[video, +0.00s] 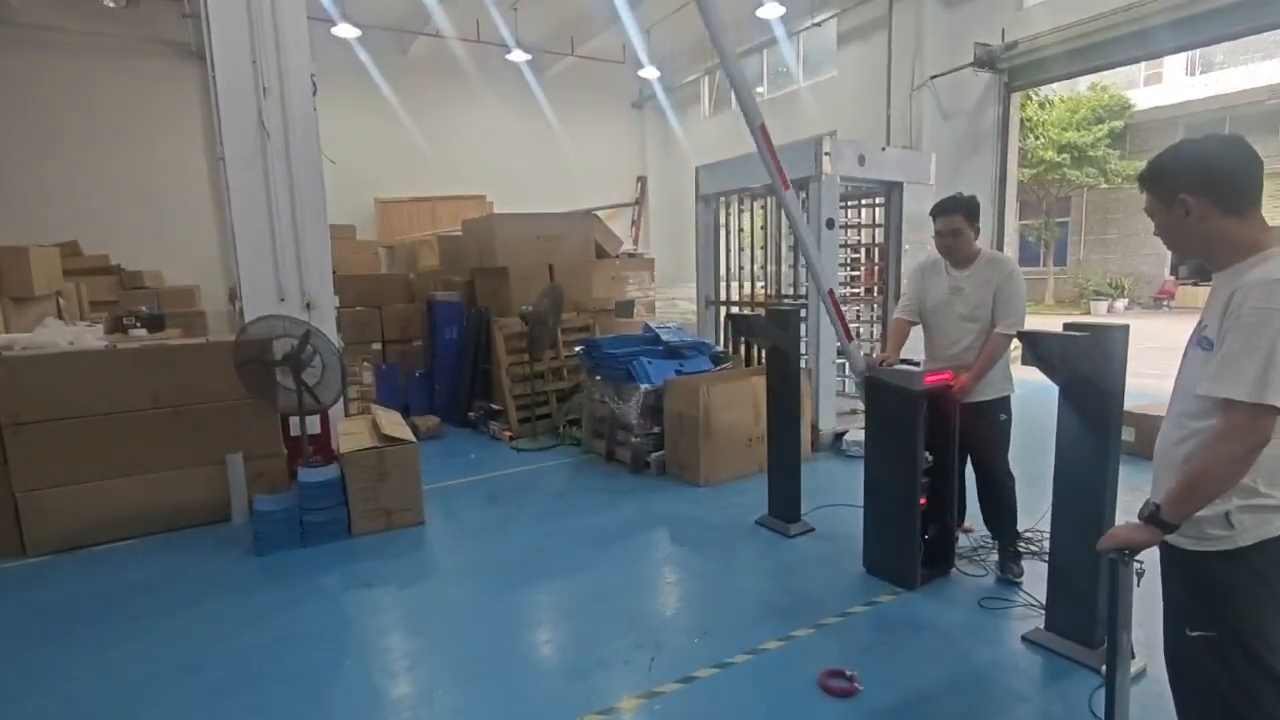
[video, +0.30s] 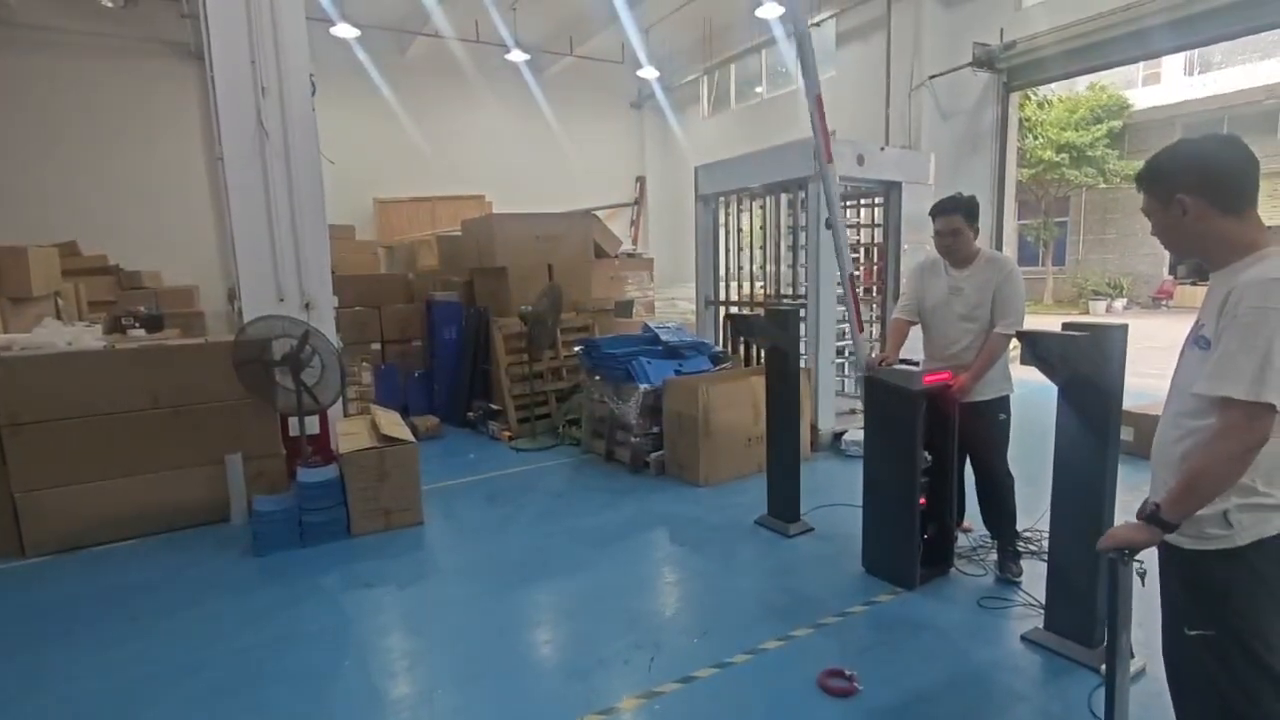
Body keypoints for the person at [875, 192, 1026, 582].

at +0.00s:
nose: (944, 243)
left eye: (953, 234)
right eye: (939, 235)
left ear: (975, 232)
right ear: (933, 234)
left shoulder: (1003, 270)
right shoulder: (925, 269)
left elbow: (1005, 330)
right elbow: (904, 315)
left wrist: (972, 375)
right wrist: (890, 353)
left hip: (988, 393)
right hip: (940, 393)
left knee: (994, 475)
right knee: (942, 476)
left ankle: (1008, 547)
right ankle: (939, 552)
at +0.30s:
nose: (944, 243)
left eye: (952, 234)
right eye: (938, 235)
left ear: (975, 232)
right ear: (932, 234)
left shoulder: (1003, 270)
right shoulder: (924, 269)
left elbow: (1004, 330)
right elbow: (903, 315)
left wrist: (972, 375)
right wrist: (889, 352)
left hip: (987, 393)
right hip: (938, 392)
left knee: (993, 475)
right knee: (941, 476)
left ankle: (1007, 547)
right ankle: (938, 552)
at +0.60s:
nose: (942, 243)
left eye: (951, 235)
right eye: (936, 235)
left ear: (974, 232)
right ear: (931, 233)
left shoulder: (1002, 269)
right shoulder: (923, 268)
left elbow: (1003, 330)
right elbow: (903, 314)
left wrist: (970, 375)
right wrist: (888, 352)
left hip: (986, 391)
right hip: (937, 391)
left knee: (991, 473)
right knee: (940, 473)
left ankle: (1006, 545)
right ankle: (937, 547)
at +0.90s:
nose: (940, 242)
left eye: (949, 234)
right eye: (935, 234)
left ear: (973, 231)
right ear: (929, 231)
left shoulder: (1001, 269)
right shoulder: (922, 267)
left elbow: (1000, 330)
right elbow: (902, 314)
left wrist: (969, 374)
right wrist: (887, 350)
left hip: (985, 390)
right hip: (936, 390)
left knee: (990, 471)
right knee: (940, 472)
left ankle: (1004, 544)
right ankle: (937, 548)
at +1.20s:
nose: (939, 244)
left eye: (947, 236)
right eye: (933, 236)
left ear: (971, 231)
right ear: (928, 232)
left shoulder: (999, 267)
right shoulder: (921, 267)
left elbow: (999, 330)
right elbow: (901, 313)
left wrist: (967, 373)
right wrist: (887, 348)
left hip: (983, 390)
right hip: (934, 390)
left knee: (988, 470)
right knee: (938, 471)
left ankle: (1002, 542)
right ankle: (936, 546)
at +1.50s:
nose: (935, 246)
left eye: (943, 238)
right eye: (930, 238)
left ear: (967, 232)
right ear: (925, 233)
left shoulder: (997, 268)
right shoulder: (919, 268)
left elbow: (998, 329)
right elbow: (899, 314)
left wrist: (966, 373)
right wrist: (885, 349)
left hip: (981, 390)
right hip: (933, 390)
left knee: (987, 470)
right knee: (936, 471)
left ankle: (1001, 542)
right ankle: (934, 546)